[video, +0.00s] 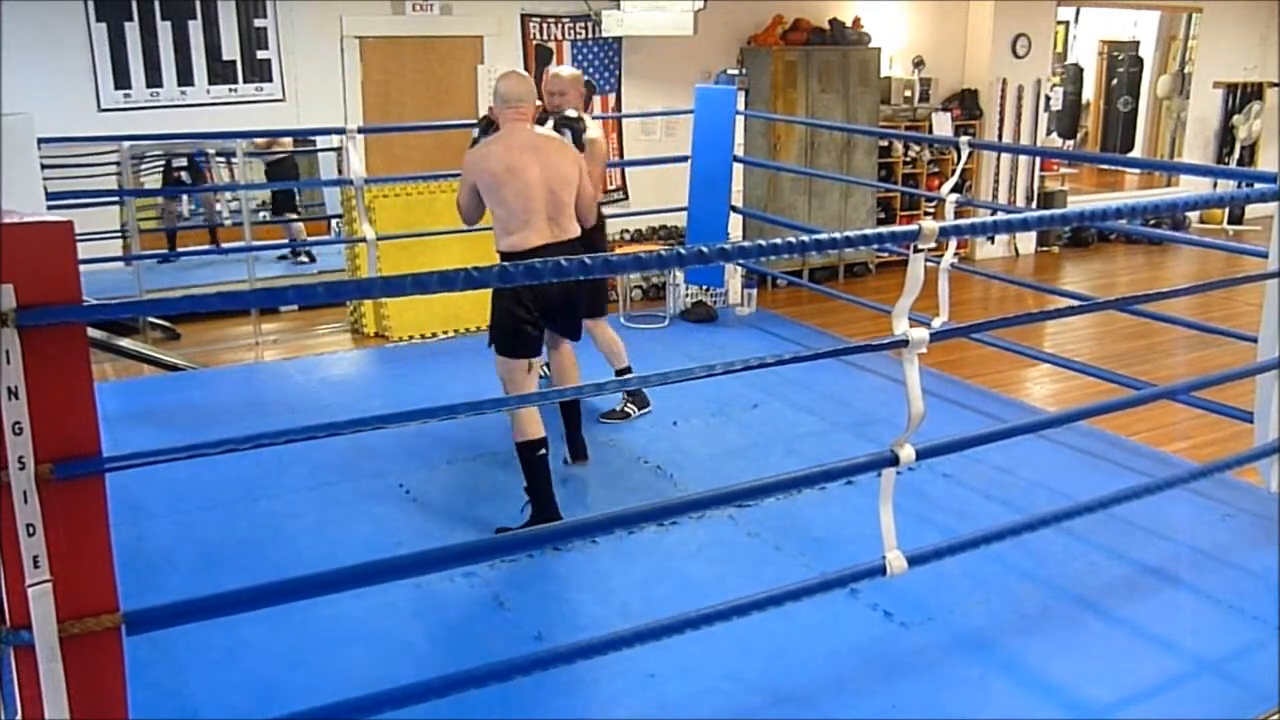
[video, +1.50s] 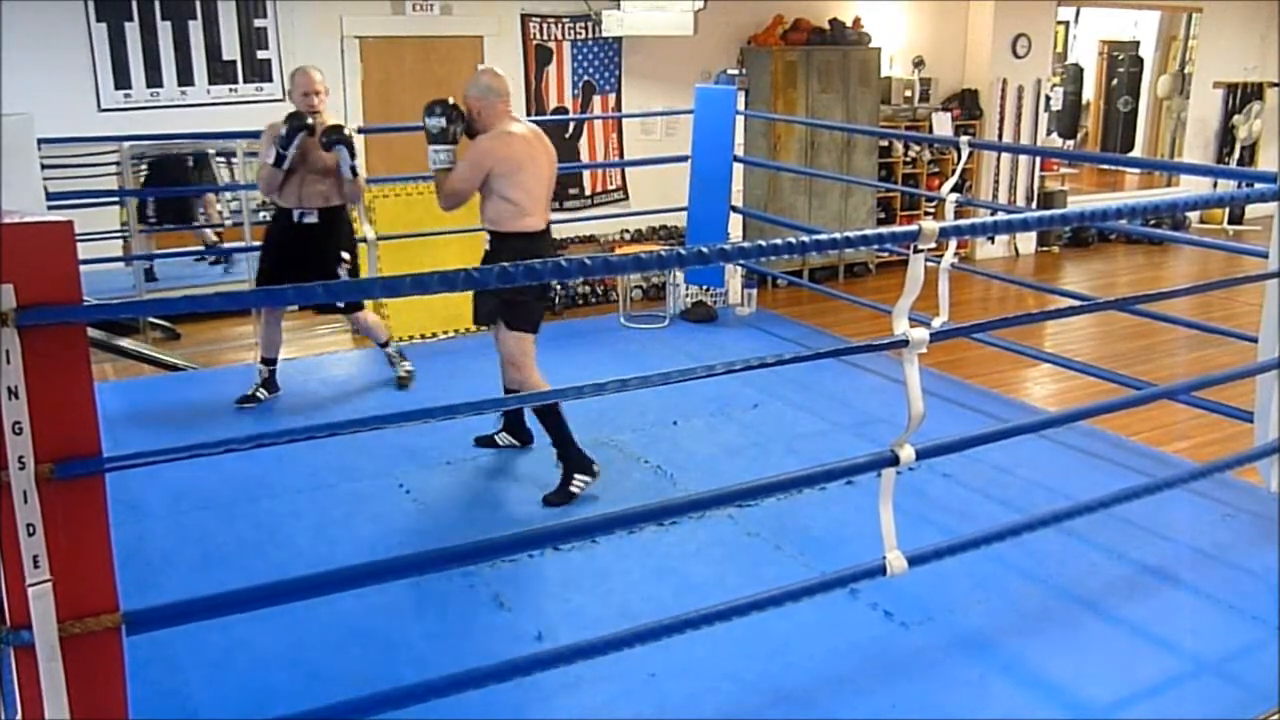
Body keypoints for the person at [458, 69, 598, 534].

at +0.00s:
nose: (495, 112)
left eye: (493, 105)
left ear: (495, 108)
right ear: (538, 106)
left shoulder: (480, 154)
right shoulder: (566, 149)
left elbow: (469, 213)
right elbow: (587, 216)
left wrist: (487, 161)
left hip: (518, 272)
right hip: (568, 263)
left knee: (519, 389)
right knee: (561, 342)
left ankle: (544, 508)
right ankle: (575, 442)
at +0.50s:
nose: (555, 113)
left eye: (553, 107)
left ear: (551, 111)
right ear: (586, 117)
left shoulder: (526, 144)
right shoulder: (602, 155)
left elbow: (488, 160)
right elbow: (617, 218)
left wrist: (479, 132)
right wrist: (582, 203)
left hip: (545, 252)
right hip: (592, 251)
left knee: (553, 365)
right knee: (582, 345)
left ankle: (595, 469)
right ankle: (582, 425)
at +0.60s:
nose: (543, 114)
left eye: (546, 109)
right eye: (551, 109)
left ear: (550, 114)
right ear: (583, 119)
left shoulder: (528, 149)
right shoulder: (600, 154)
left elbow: (490, 176)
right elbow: (621, 214)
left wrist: (486, 156)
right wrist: (590, 194)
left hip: (547, 253)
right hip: (592, 251)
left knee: (566, 361)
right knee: (587, 344)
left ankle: (607, 463)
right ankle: (583, 423)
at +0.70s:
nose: (544, 116)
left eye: (543, 110)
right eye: (571, 112)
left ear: (540, 114)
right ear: (577, 117)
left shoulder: (524, 150)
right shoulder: (598, 148)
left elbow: (492, 213)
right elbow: (619, 207)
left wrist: (510, 211)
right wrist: (583, 197)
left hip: (549, 249)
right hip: (596, 246)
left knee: (562, 358)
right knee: (589, 344)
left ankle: (606, 458)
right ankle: (582, 422)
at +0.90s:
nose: (505, 121)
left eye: (504, 115)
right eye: (505, 115)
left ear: (510, 113)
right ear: (541, 104)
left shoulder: (519, 148)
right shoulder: (577, 135)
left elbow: (514, 218)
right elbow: (608, 193)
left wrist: (489, 200)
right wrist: (563, 193)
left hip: (556, 245)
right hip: (596, 237)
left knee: (548, 357)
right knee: (581, 339)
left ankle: (594, 458)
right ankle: (582, 421)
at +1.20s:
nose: (483, 124)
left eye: (482, 116)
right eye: (481, 116)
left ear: (495, 109)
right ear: (513, 102)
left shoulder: (519, 149)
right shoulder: (553, 131)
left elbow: (507, 225)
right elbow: (545, 197)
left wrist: (475, 190)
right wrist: (496, 182)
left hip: (548, 252)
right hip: (568, 242)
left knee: (555, 368)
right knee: (545, 340)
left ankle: (587, 471)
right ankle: (567, 415)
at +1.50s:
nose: (466, 115)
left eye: (468, 107)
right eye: (466, 107)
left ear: (488, 105)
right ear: (505, 102)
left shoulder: (491, 144)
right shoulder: (538, 137)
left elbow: (448, 197)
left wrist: (443, 149)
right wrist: (472, 145)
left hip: (512, 252)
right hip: (539, 247)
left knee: (520, 368)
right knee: (507, 341)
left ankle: (576, 462)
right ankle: (515, 426)